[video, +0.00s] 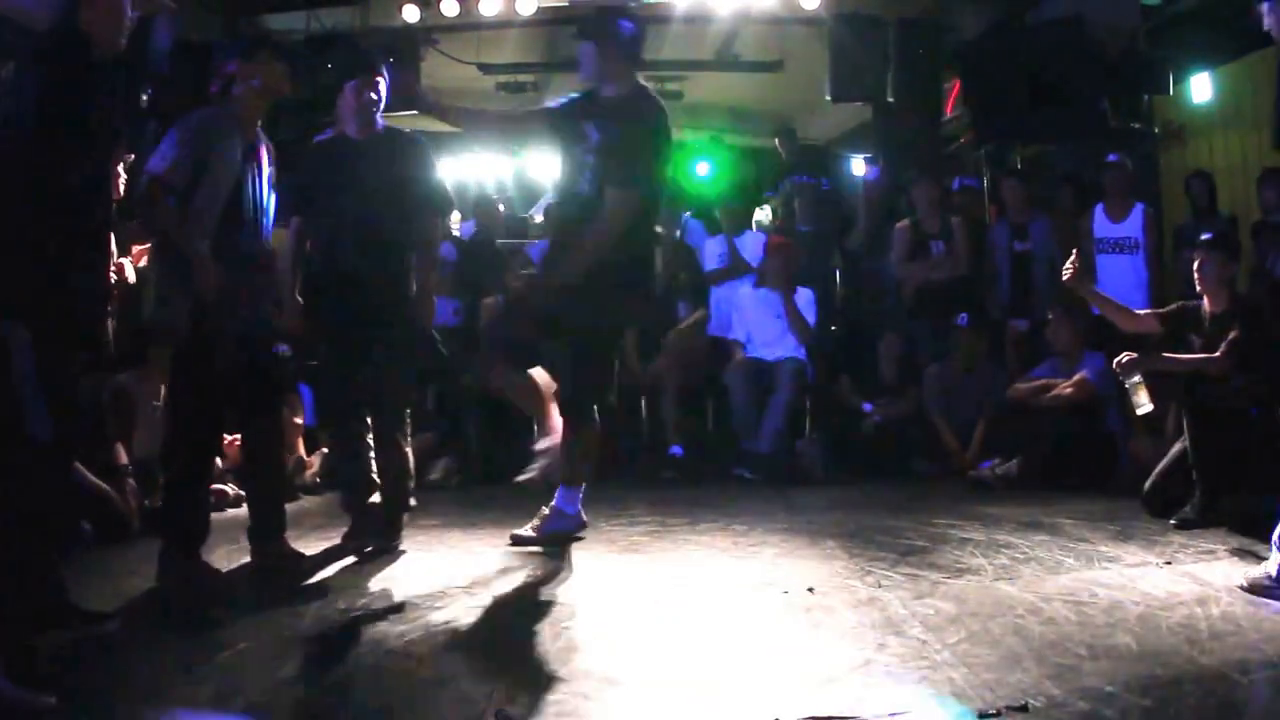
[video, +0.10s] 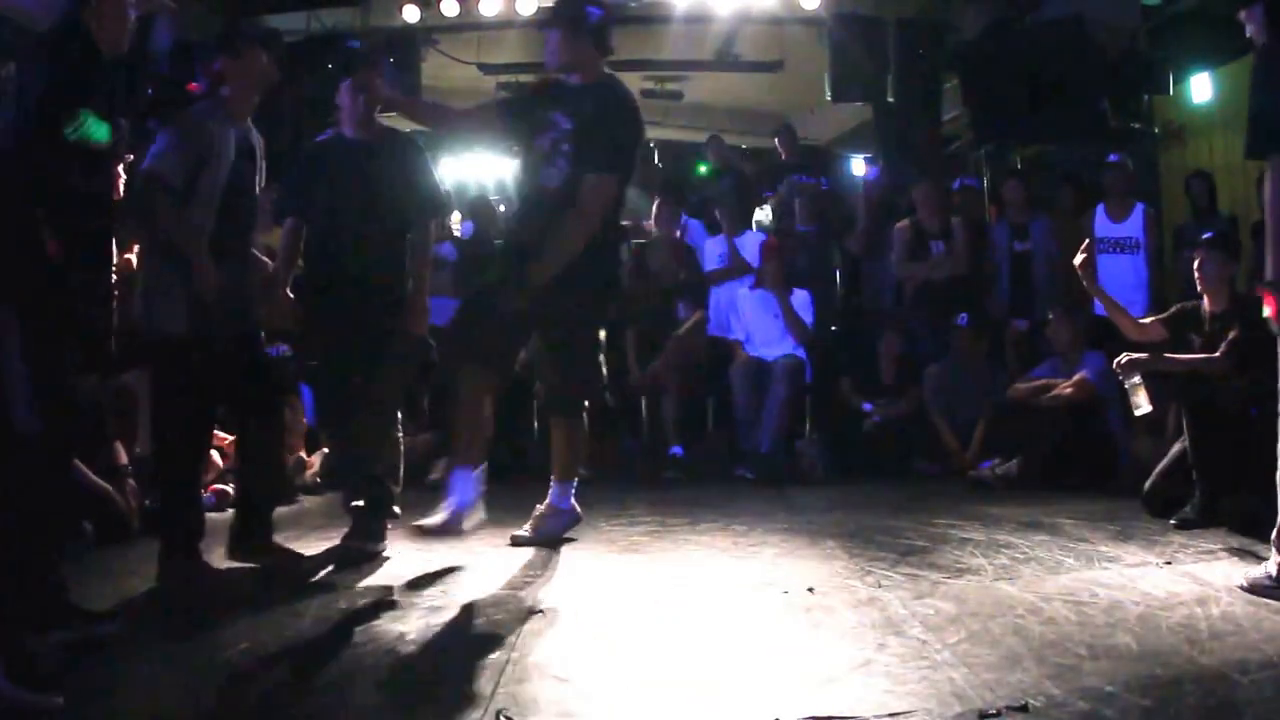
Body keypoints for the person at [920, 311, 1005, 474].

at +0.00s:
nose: (965, 345)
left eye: (970, 339)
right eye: (960, 339)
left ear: (980, 343)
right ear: (952, 342)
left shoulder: (987, 374)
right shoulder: (936, 374)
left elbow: (985, 417)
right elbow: (936, 415)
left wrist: (972, 454)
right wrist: (956, 452)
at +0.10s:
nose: (961, 344)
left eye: (967, 338)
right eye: (957, 337)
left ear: (979, 341)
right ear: (951, 339)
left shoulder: (987, 373)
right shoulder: (936, 374)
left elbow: (986, 415)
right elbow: (936, 415)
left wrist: (972, 454)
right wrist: (956, 452)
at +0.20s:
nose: (964, 344)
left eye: (969, 339)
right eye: (959, 338)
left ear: (979, 340)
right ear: (952, 339)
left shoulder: (987, 372)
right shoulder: (936, 373)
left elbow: (986, 414)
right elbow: (936, 413)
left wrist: (972, 454)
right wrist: (956, 452)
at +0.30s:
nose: (964, 346)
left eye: (969, 340)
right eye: (959, 339)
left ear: (979, 342)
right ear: (952, 340)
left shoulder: (988, 373)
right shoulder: (936, 373)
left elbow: (985, 415)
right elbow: (936, 414)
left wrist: (972, 454)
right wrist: (955, 451)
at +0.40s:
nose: (963, 345)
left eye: (968, 339)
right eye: (958, 339)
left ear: (978, 342)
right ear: (951, 340)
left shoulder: (989, 373)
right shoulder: (936, 373)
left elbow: (985, 416)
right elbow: (936, 414)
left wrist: (972, 454)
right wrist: (955, 451)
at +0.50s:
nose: (963, 345)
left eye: (969, 339)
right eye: (958, 339)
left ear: (978, 342)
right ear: (951, 341)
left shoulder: (989, 373)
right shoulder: (936, 373)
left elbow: (985, 416)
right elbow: (936, 414)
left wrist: (972, 455)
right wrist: (955, 451)